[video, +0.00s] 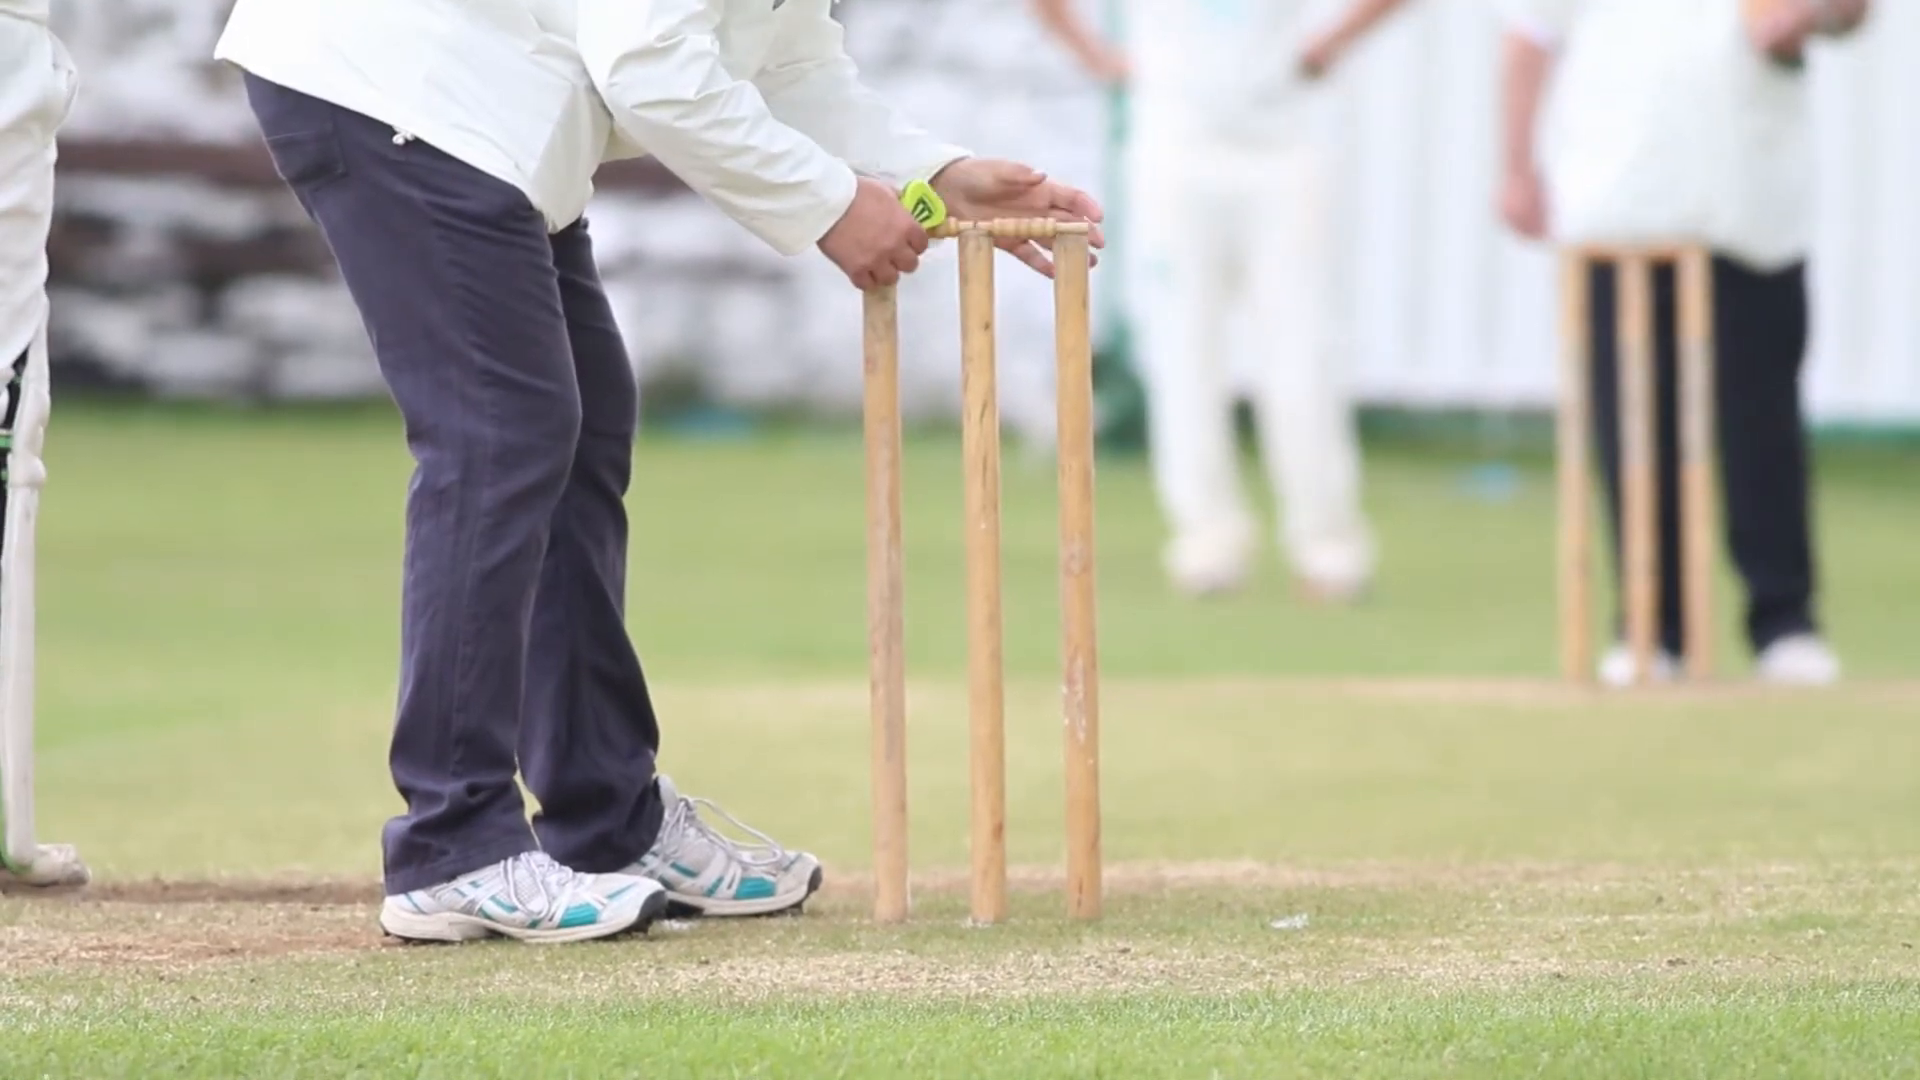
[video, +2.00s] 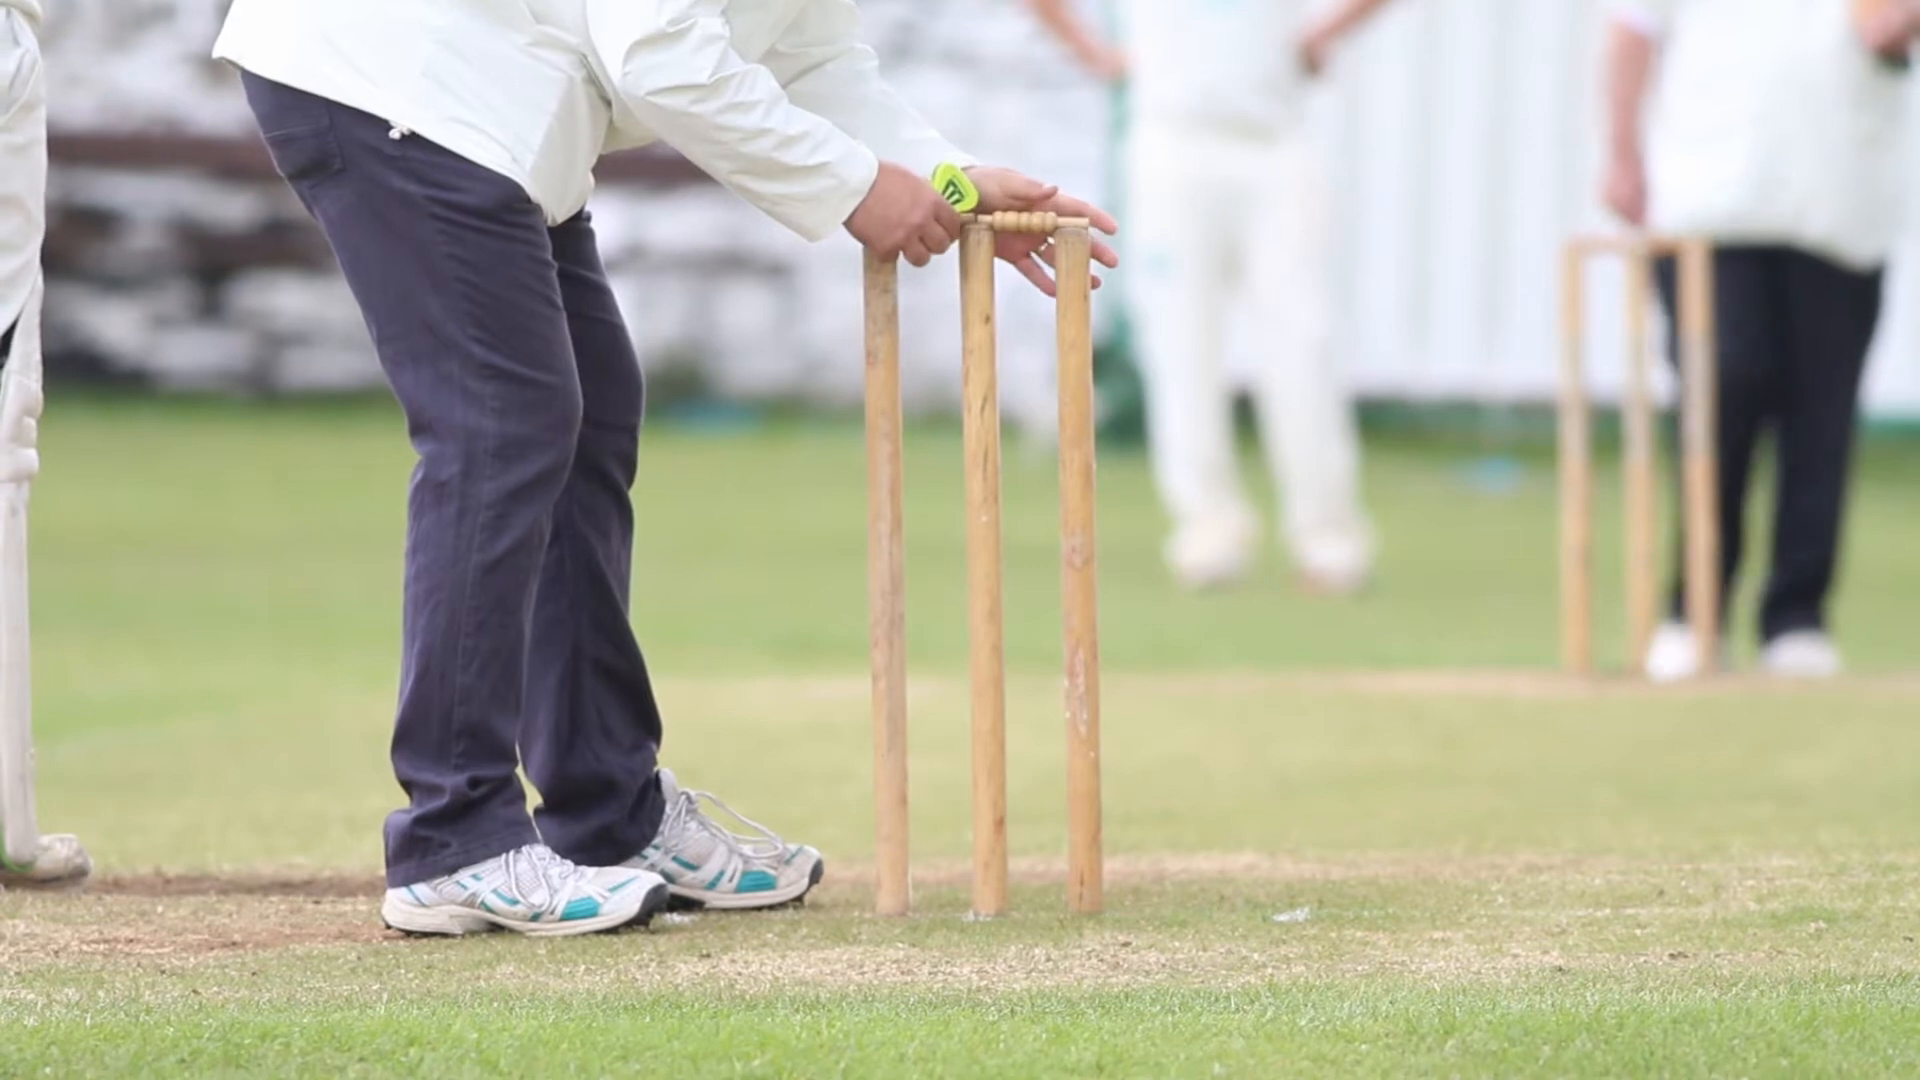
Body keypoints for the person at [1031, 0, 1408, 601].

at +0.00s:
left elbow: (1394, 3)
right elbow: (1042, 5)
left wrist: (1328, 46)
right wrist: (1098, 54)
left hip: (1289, 114)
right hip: (1170, 113)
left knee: (1300, 336)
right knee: (1178, 338)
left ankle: (1327, 543)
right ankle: (1208, 540)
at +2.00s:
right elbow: (1035, 3)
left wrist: (1321, 35)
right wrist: (1097, 52)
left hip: (1280, 128)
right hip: (1170, 126)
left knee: (1301, 338)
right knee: (1179, 343)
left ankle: (1327, 536)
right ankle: (1209, 532)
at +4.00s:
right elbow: (1041, 4)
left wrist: (1323, 35)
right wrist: (1096, 46)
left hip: (1285, 119)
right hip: (1172, 116)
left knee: (1303, 328)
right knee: (1179, 330)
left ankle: (1329, 528)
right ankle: (1209, 523)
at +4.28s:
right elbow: (1041, 3)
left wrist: (1322, 35)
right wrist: (1098, 47)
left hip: (1284, 115)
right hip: (1171, 113)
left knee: (1304, 327)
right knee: (1180, 330)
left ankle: (1330, 528)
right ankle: (1210, 524)